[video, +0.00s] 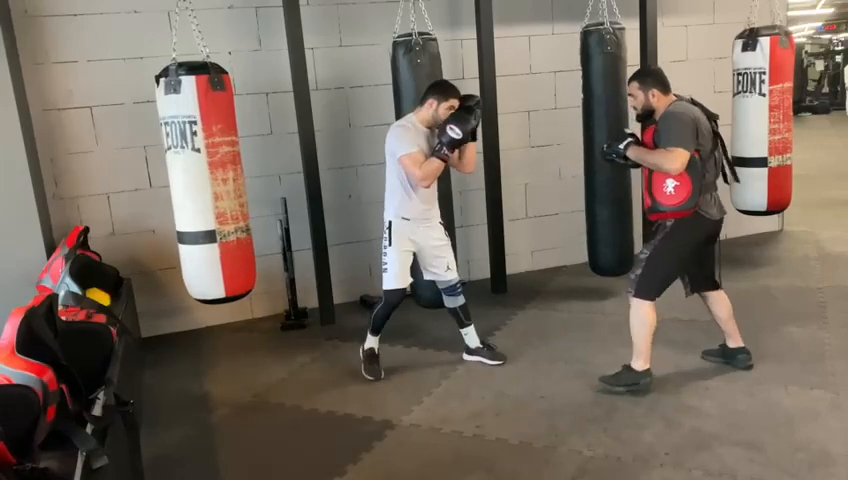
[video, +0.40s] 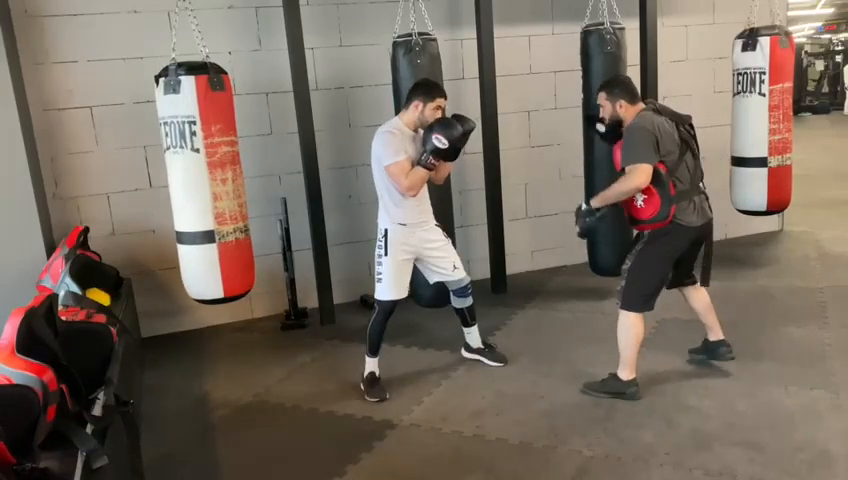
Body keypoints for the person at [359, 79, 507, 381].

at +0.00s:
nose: (451, 116)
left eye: (453, 111)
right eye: (449, 109)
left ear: (437, 107)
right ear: (432, 103)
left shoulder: (436, 133)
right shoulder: (400, 132)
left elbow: (467, 166)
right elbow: (423, 177)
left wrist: (469, 126)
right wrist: (448, 144)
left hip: (430, 223)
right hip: (400, 224)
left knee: (451, 284)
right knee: (395, 292)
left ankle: (474, 346)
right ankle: (370, 347)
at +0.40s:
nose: (439, 116)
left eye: (442, 111)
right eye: (437, 110)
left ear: (421, 107)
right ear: (417, 105)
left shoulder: (422, 135)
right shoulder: (387, 137)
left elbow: (439, 176)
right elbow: (408, 185)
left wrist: (450, 145)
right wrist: (434, 151)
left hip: (427, 227)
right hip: (396, 231)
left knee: (460, 283)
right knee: (387, 302)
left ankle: (474, 344)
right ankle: (371, 371)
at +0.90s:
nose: (439, 133)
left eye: (440, 124)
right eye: (436, 124)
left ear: (409, 122)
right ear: (412, 122)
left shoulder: (409, 160)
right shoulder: (369, 164)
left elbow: (414, 216)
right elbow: (415, 229)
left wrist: (445, 176)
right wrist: (444, 183)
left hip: (409, 280)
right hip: (371, 292)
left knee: (467, 335)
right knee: (368, 393)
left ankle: (471, 410)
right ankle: (329, 472)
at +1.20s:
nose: (491, 163)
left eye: (493, 156)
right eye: (491, 155)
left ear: (467, 149)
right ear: (474, 150)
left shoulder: (448, 175)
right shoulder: (439, 180)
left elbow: (460, 212)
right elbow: (451, 245)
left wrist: (499, 193)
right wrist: (494, 223)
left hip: (438, 293)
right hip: (415, 302)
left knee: (490, 339)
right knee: (425, 413)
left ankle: (501, 405)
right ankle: (343, 469)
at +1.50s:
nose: (510, 173)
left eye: (513, 165)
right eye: (507, 163)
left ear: (485, 160)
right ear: (482, 158)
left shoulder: (479, 196)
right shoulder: (430, 181)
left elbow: (493, 231)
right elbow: (413, 238)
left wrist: (545, 226)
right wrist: (469, 216)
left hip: (451, 297)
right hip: (407, 299)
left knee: (509, 359)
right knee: (399, 395)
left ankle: (500, 409)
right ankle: (342, 467)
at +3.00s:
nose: (454, 139)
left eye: (456, 132)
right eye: (448, 131)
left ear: (442, 133)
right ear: (424, 131)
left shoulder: (441, 162)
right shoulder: (386, 166)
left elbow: (473, 194)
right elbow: (405, 229)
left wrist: (484, 177)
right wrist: (437, 187)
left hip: (427, 273)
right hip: (381, 278)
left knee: (474, 333)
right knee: (352, 365)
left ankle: (484, 397)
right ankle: (318, 423)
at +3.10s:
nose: (437, 144)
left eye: (438, 137)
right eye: (431, 137)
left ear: (412, 138)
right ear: (406, 137)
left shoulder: (419, 169)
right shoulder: (364, 172)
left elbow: (451, 211)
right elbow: (383, 236)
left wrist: (458, 172)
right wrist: (416, 194)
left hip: (404, 277)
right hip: (359, 282)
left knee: (461, 335)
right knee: (326, 372)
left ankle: (474, 397)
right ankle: (278, 430)